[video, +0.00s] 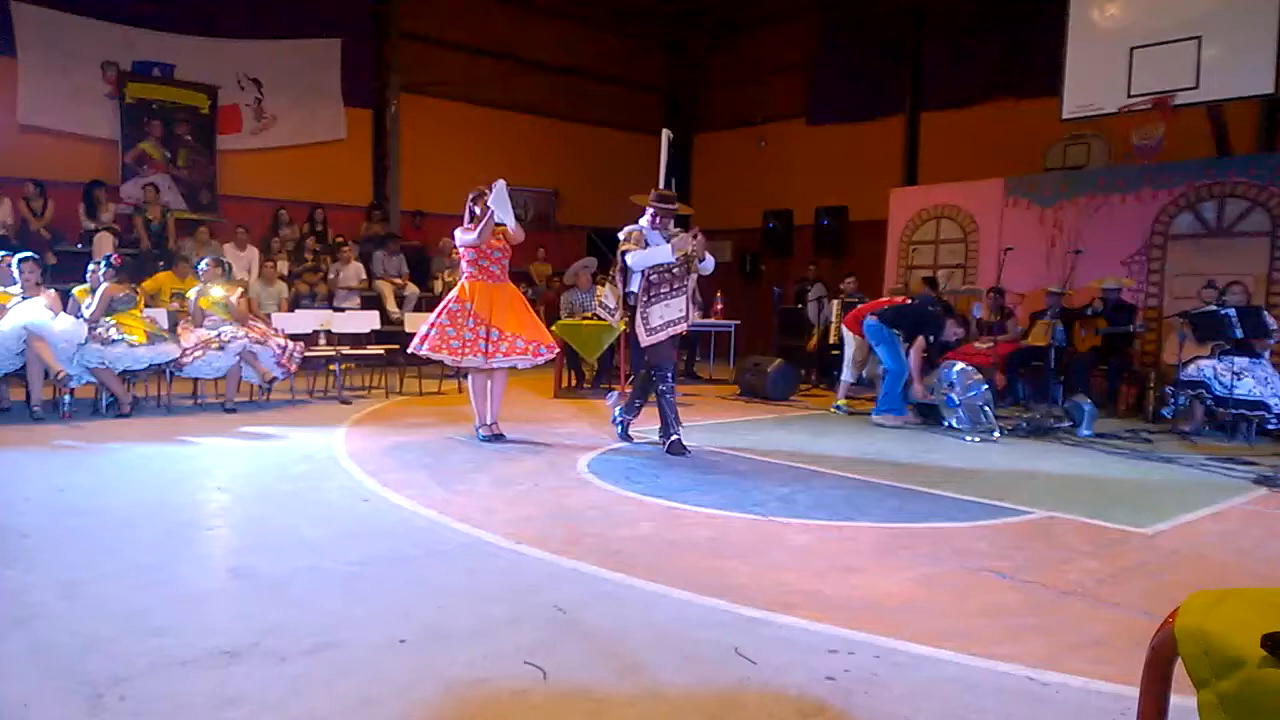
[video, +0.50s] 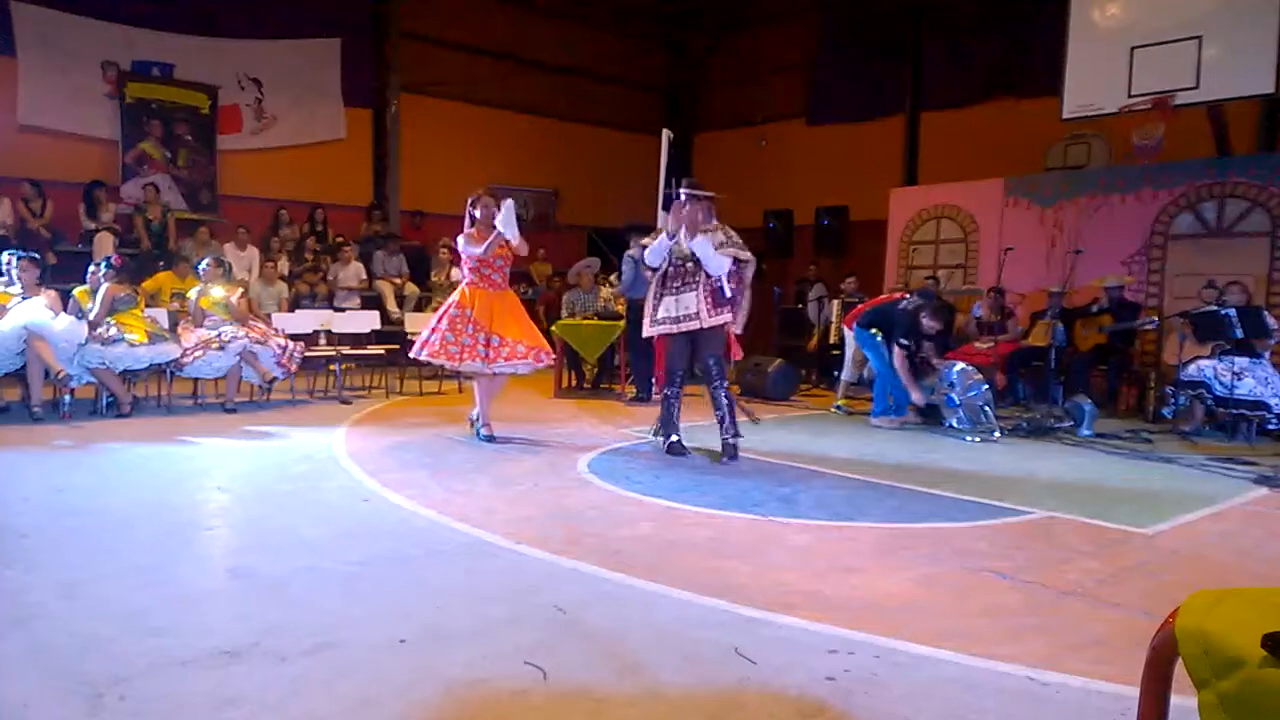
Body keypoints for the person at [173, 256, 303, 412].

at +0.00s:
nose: (202, 272)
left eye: (206, 268)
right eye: (201, 269)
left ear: (220, 270)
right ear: (200, 272)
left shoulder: (236, 290)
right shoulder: (197, 293)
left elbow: (243, 320)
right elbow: (197, 323)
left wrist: (230, 303)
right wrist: (196, 299)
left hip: (233, 327)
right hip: (209, 329)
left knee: (235, 356)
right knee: (237, 340)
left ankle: (229, 401)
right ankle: (263, 373)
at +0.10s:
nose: (202, 272)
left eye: (207, 268)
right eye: (202, 269)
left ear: (220, 270)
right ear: (201, 272)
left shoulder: (236, 290)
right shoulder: (197, 293)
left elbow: (244, 320)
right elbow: (197, 323)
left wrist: (230, 303)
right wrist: (197, 300)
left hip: (233, 327)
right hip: (209, 329)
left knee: (235, 356)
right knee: (237, 340)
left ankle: (230, 401)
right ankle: (263, 373)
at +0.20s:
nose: (202, 272)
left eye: (207, 268)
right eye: (202, 269)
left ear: (220, 270)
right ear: (201, 272)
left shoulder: (236, 290)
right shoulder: (197, 293)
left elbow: (244, 320)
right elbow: (197, 323)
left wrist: (230, 303)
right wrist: (197, 300)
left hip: (233, 327)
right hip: (209, 329)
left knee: (235, 356)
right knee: (237, 340)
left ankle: (230, 400)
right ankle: (263, 373)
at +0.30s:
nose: (202, 272)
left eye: (207, 268)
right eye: (202, 269)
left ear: (220, 270)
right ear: (201, 272)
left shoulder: (236, 290)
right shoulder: (197, 293)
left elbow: (244, 320)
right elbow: (197, 323)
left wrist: (230, 304)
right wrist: (197, 300)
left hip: (233, 327)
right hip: (209, 329)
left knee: (235, 356)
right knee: (237, 340)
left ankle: (230, 400)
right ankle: (263, 373)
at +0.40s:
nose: (202, 272)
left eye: (207, 268)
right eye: (202, 269)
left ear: (220, 270)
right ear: (201, 272)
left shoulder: (237, 290)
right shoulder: (198, 293)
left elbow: (244, 320)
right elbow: (197, 323)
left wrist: (231, 304)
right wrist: (197, 300)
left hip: (233, 327)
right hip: (209, 329)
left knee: (236, 356)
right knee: (237, 341)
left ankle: (229, 400)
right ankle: (263, 373)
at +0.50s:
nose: (203, 271)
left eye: (207, 267)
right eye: (202, 267)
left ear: (221, 270)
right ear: (201, 271)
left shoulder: (236, 290)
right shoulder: (197, 293)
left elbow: (244, 320)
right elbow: (197, 323)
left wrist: (230, 303)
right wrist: (197, 299)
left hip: (233, 327)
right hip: (209, 329)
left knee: (236, 356)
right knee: (237, 340)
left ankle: (229, 400)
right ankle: (263, 373)